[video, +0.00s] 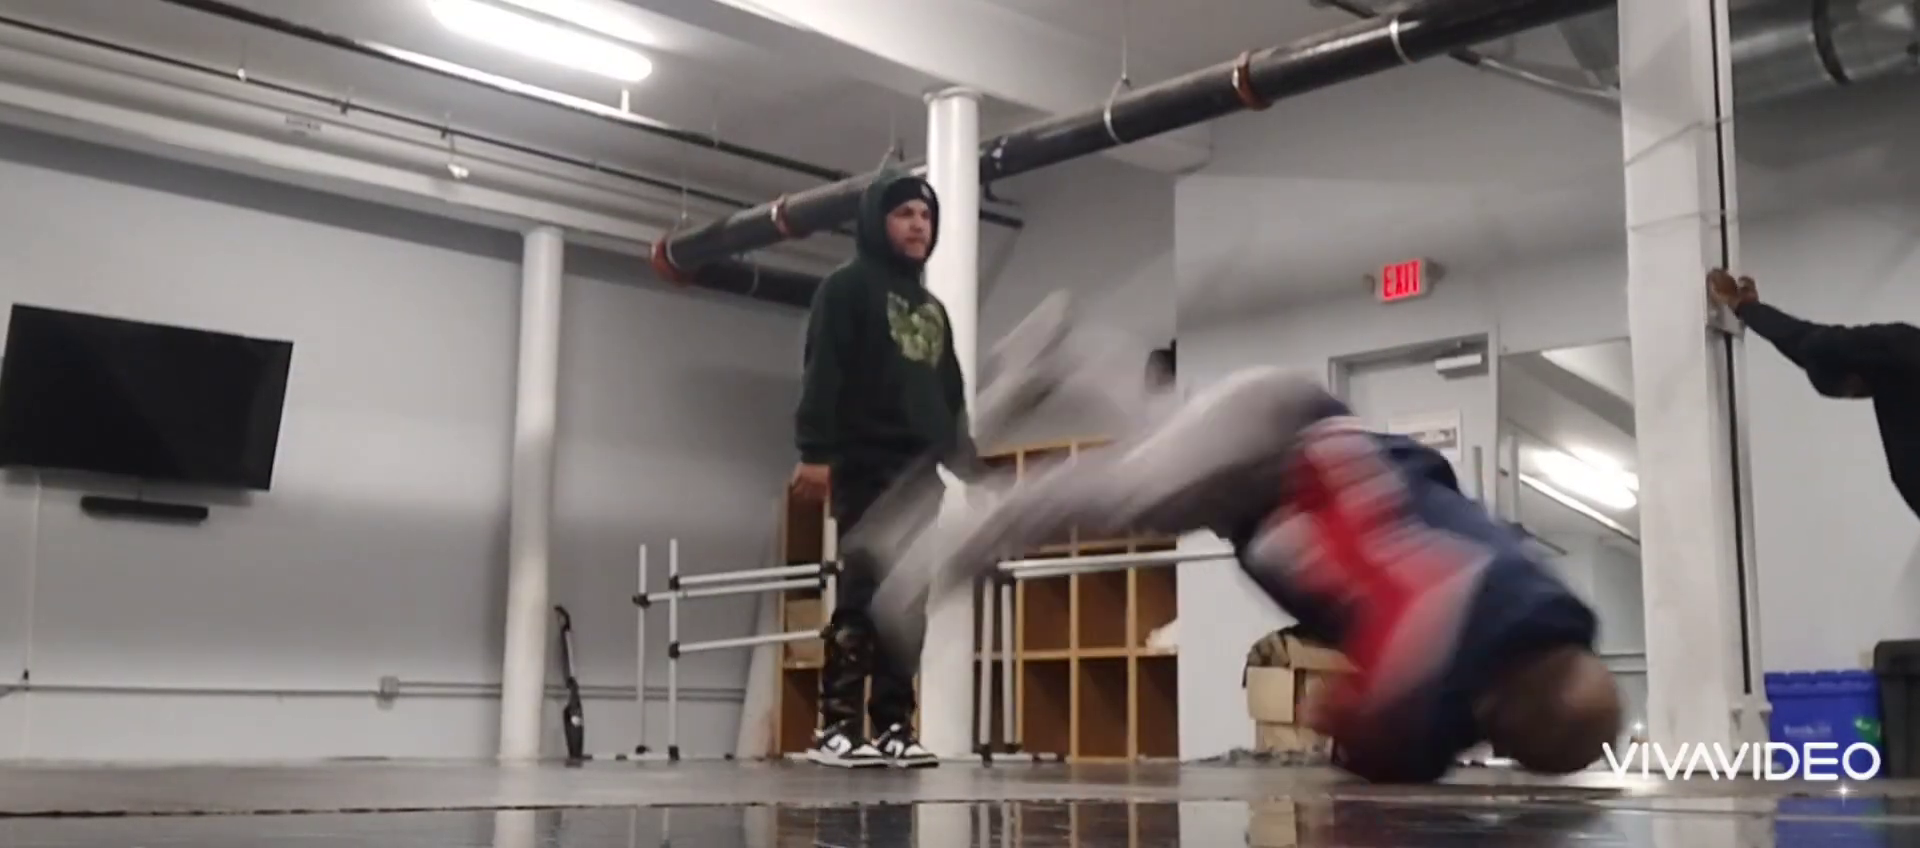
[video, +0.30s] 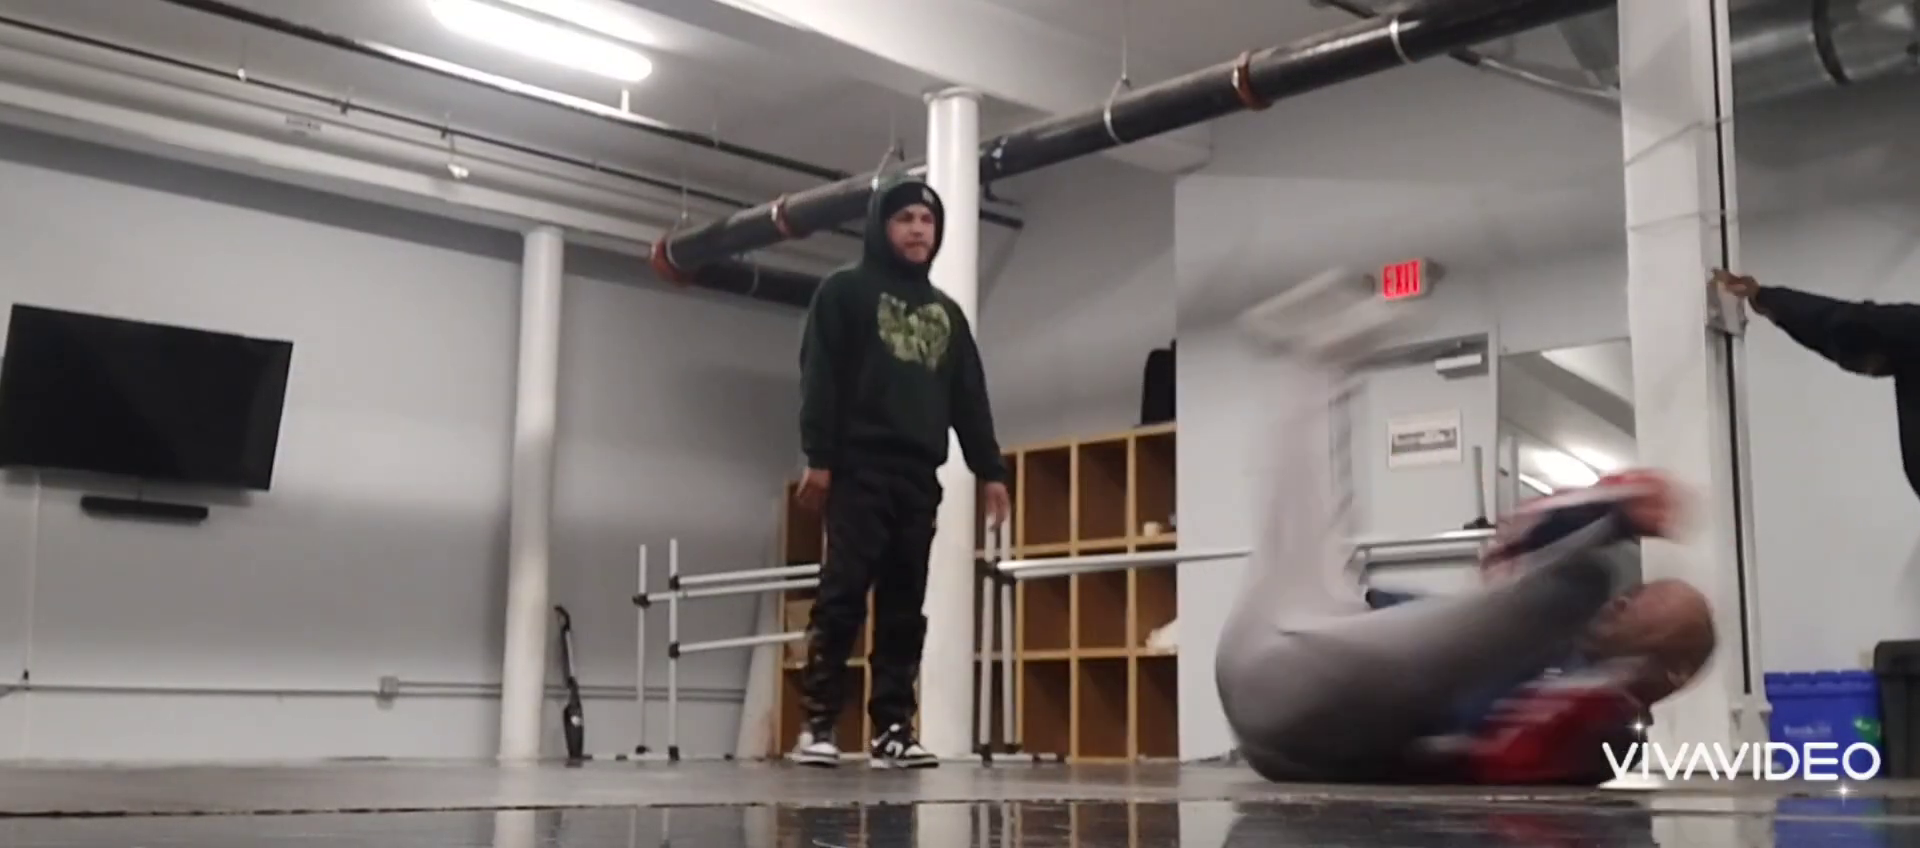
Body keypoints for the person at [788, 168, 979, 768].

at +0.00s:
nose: (918, 226)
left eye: (925, 217)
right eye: (905, 215)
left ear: (934, 228)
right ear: (876, 222)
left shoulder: (932, 309)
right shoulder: (847, 286)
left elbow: (951, 390)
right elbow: (823, 371)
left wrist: (961, 456)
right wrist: (815, 454)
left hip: (919, 465)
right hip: (862, 463)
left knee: (906, 594)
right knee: (859, 591)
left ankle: (894, 726)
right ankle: (838, 727)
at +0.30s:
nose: (920, 230)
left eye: (928, 221)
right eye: (907, 219)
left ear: (938, 232)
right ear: (882, 227)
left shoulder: (946, 314)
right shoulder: (845, 290)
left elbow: (970, 399)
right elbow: (819, 376)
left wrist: (990, 474)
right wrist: (818, 458)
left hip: (918, 475)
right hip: (854, 469)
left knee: (904, 604)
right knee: (843, 594)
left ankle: (892, 730)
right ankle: (820, 725)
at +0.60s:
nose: (894, 230)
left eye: (902, 220)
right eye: (882, 219)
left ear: (914, 231)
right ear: (857, 229)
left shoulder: (932, 311)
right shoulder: (822, 295)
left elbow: (950, 391)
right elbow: (800, 377)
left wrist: (955, 463)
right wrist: (801, 455)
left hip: (906, 473)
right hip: (838, 469)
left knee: (900, 610)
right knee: (814, 600)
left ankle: (892, 732)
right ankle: (792, 727)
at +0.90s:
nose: (846, 225)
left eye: (855, 215)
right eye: (832, 215)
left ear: (866, 226)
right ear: (809, 226)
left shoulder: (893, 305)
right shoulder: (774, 298)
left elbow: (917, 389)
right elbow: (758, 383)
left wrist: (934, 465)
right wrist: (772, 457)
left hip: (870, 472)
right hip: (798, 470)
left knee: (878, 604)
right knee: (788, 606)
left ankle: (889, 730)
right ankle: (786, 730)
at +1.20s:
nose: (814, 223)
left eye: (822, 213)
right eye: (801, 212)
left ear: (834, 223)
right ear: (776, 221)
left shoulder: (861, 301)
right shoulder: (738, 297)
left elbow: (879, 386)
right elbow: (706, 382)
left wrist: (881, 460)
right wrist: (690, 464)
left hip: (842, 471)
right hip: (769, 470)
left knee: (855, 597)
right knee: (770, 605)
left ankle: (859, 723)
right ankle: (782, 729)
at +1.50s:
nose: (797, 217)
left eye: (805, 208)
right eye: (784, 206)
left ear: (815, 219)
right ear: (758, 217)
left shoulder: (844, 294)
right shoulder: (721, 295)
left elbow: (869, 379)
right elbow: (696, 383)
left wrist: (878, 455)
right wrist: (684, 464)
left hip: (818, 463)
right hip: (749, 463)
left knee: (798, 581)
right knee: (752, 591)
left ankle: (793, 722)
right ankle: (775, 717)